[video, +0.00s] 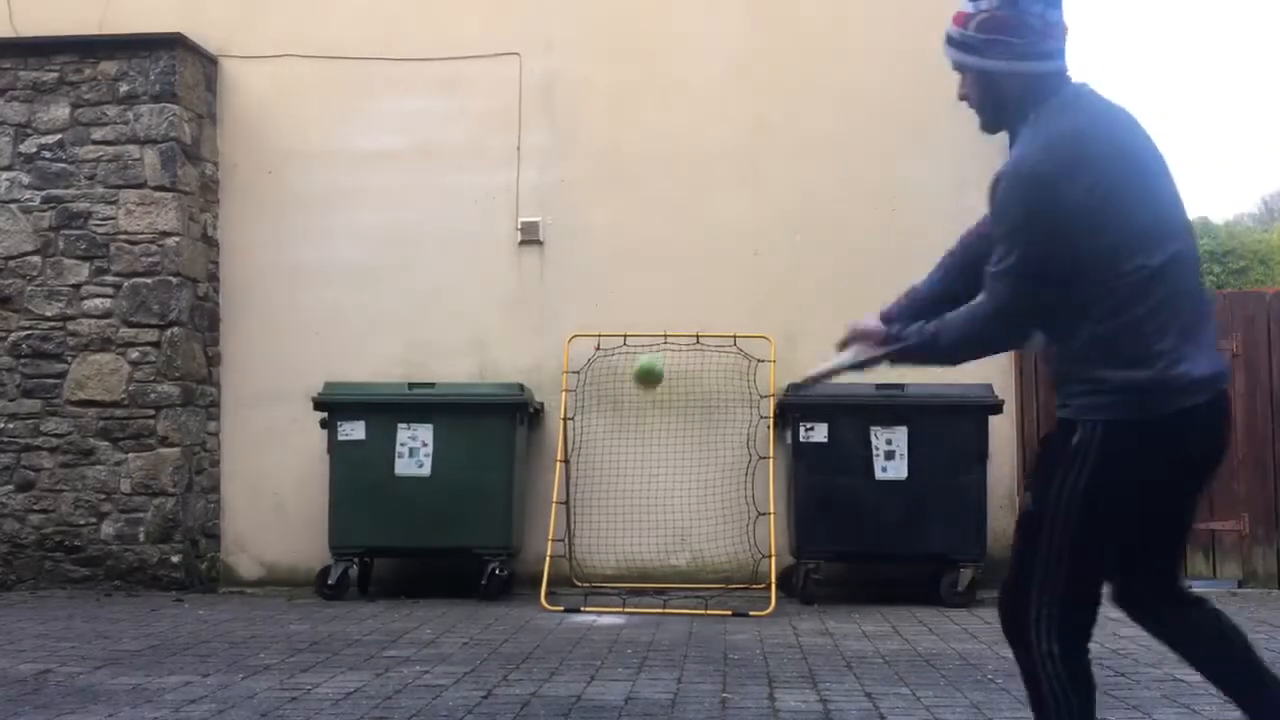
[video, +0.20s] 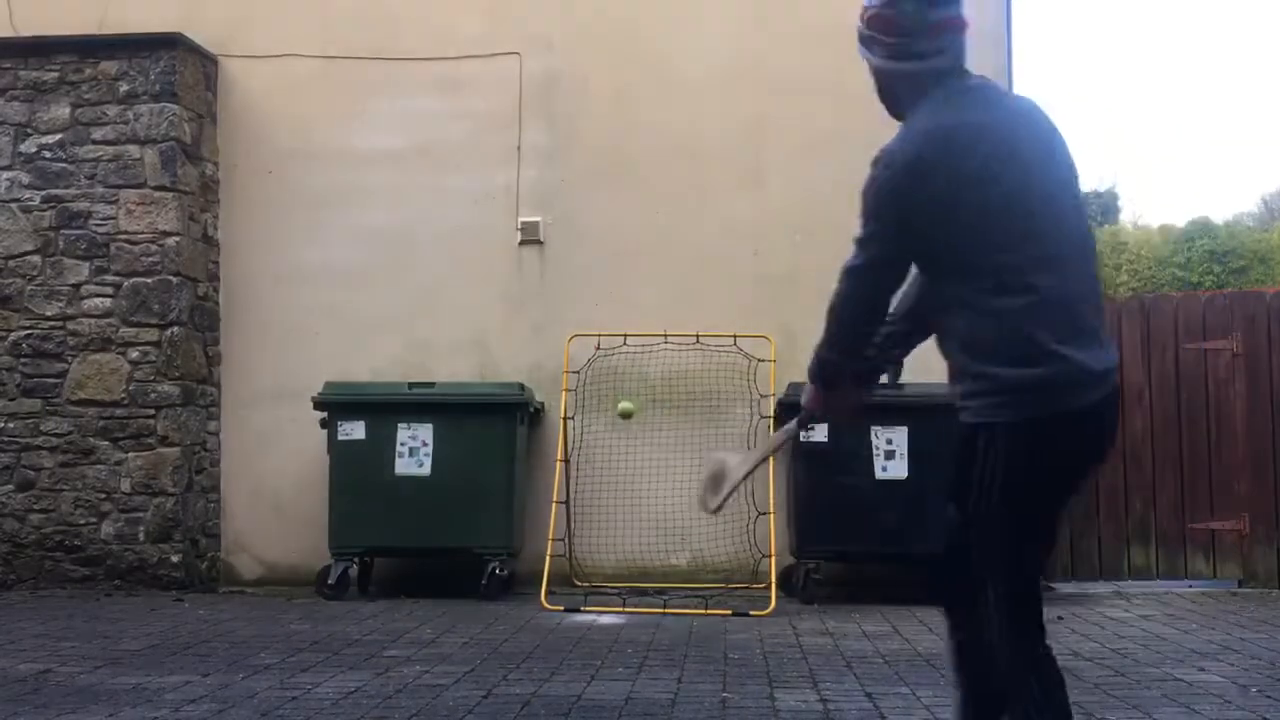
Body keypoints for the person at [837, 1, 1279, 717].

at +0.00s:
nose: (959, 89)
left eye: (966, 71)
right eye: (958, 71)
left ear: (1006, 69)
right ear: (1036, 64)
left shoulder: (1038, 163)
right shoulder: (1097, 119)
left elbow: (1008, 314)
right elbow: (991, 241)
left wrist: (901, 343)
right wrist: (899, 316)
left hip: (1114, 420)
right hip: (1190, 406)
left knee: (1040, 614)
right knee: (1148, 589)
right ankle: (1268, 703)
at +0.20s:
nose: (873, 81)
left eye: (873, 67)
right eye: (872, 67)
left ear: (886, 69)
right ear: (952, 50)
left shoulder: (909, 160)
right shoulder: (1022, 118)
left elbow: (860, 289)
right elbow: (944, 280)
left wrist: (830, 376)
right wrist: (867, 361)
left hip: (1013, 414)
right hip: (1085, 398)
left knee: (999, 603)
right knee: (972, 579)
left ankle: (1037, 713)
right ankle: (990, 708)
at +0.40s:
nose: (787, 69)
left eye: (786, 55)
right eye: (794, 52)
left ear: (794, 55)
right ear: (868, 45)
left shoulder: (809, 138)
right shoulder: (929, 121)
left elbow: (776, 278)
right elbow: (904, 274)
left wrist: (738, 377)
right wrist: (815, 352)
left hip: (876, 420)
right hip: (954, 412)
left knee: (868, 616)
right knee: (896, 615)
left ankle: (994, 717)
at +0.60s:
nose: (685, 50)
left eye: (685, 35)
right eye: (690, 34)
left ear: (691, 38)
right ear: (762, 33)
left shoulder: (719, 122)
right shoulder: (796, 109)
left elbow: (679, 274)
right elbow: (795, 274)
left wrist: (605, 372)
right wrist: (724, 375)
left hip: (781, 407)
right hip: (845, 398)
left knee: (677, 601)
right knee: (793, 607)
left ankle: (725, 716)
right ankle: (827, 719)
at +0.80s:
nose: (597, 31)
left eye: (598, 19)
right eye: (601, 19)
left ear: (609, 27)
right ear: (679, 26)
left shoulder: (655, 114)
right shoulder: (702, 102)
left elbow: (692, 265)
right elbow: (700, 280)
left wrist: (648, 408)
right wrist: (624, 396)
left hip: (676, 412)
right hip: (726, 411)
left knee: (577, 630)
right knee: (669, 622)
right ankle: (757, 713)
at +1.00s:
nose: (525, 74)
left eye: (525, 57)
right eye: (525, 57)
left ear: (538, 58)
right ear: (595, 44)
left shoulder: (625, 135)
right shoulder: (587, 131)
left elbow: (743, 266)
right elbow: (588, 295)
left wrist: (756, 383)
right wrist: (525, 401)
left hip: (591, 425)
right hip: (555, 417)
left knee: (503, 635)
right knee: (471, 623)